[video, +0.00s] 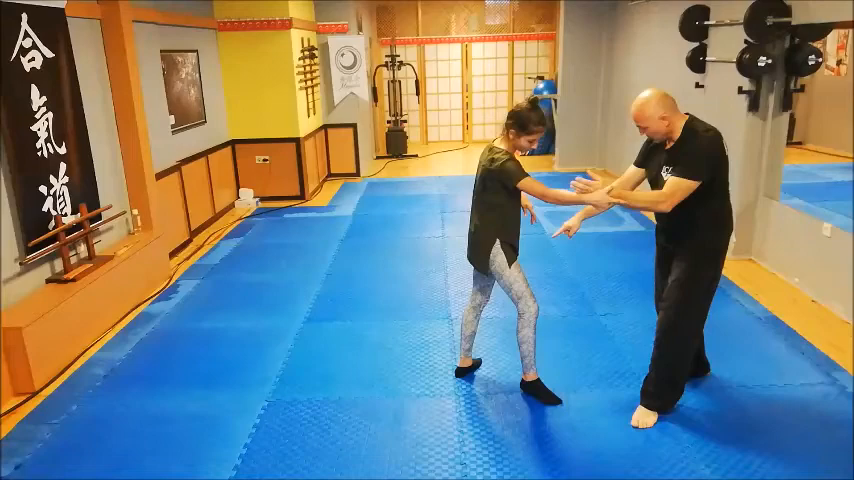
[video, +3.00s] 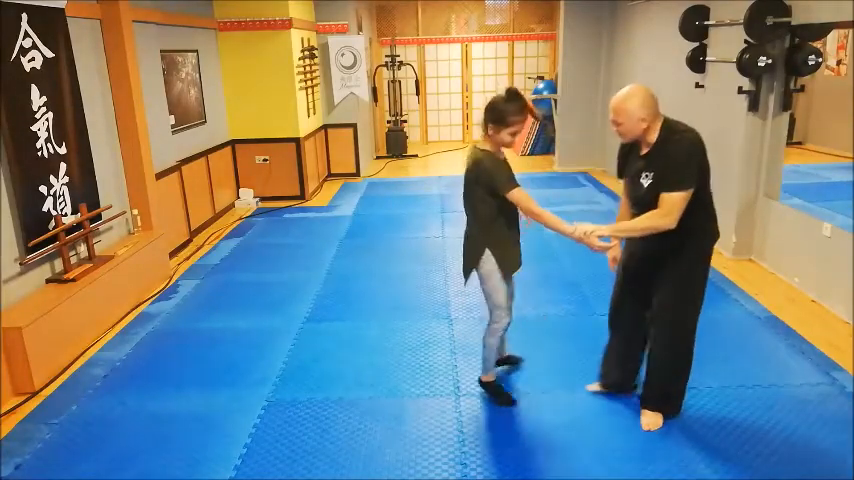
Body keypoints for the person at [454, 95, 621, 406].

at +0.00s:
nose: (533, 146)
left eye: (537, 140)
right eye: (530, 140)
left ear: (510, 130)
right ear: (512, 132)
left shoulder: (491, 151)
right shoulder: (504, 163)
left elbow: (499, 185)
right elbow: (548, 195)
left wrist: (521, 200)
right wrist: (592, 197)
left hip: (480, 239)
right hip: (495, 244)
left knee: (477, 301)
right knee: (528, 307)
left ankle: (464, 361)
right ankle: (530, 378)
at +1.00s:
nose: (530, 152)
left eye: (534, 147)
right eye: (525, 147)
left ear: (537, 138)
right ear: (510, 137)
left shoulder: (519, 158)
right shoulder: (501, 168)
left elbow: (527, 194)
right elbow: (526, 205)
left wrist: (548, 206)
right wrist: (558, 214)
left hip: (510, 240)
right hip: (499, 244)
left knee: (506, 304)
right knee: (526, 310)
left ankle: (472, 352)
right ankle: (527, 379)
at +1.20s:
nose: (525, 157)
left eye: (530, 151)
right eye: (518, 152)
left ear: (536, 142)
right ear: (504, 144)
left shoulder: (532, 160)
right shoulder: (497, 171)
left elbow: (539, 193)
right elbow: (519, 213)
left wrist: (552, 208)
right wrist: (553, 224)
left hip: (529, 236)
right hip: (504, 241)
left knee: (544, 296)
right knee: (520, 308)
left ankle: (517, 339)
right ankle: (525, 378)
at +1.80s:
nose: (490, 188)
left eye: (493, 182)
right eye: (484, 184)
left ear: (503, 167)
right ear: (479, 178)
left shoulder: (534, 166)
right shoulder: (480, 185)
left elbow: (559, 189)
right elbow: (501, 224)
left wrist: (545, 228)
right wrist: (517, 239)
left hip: (545, 243)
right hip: (509, 248)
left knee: (555, 300)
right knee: (512, 313)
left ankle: (560, 342)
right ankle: (520, 380)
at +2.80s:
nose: (510, 161)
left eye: (514, 154)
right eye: (503, 154)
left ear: (521, 148)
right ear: (490, 149)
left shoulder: (517, 163)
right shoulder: (482, 175)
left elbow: (522, 191)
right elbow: (520, 217)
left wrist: (534, 213)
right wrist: (560, 245)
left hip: (518, 240)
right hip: (488, 248)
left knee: (530, 295)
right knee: (498, 319)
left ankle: (542, 345)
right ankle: (506, 376)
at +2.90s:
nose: (512, 149)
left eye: (516, 142)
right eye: (505, 143)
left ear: (523, 134)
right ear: (489, 136)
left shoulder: (506, 158)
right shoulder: (485, 170)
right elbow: (528, 213)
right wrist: (570, 240)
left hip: (508, 238)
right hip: (484, 243)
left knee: (518, 301)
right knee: (499, 317)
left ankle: (524, 350)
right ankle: (497, 376)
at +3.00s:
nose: (516, 139)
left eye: (519, 132)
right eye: (512, 133)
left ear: (516, 124)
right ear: (491, 128)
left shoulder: (492, 153)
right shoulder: (489, 164)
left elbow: (495, 197)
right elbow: (533, 211)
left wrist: (519, 212)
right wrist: (578, 234)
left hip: (498, 242)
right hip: (486, 246)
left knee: (505, 304)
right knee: (499, 315)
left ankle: (498, 355)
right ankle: (486, 378)